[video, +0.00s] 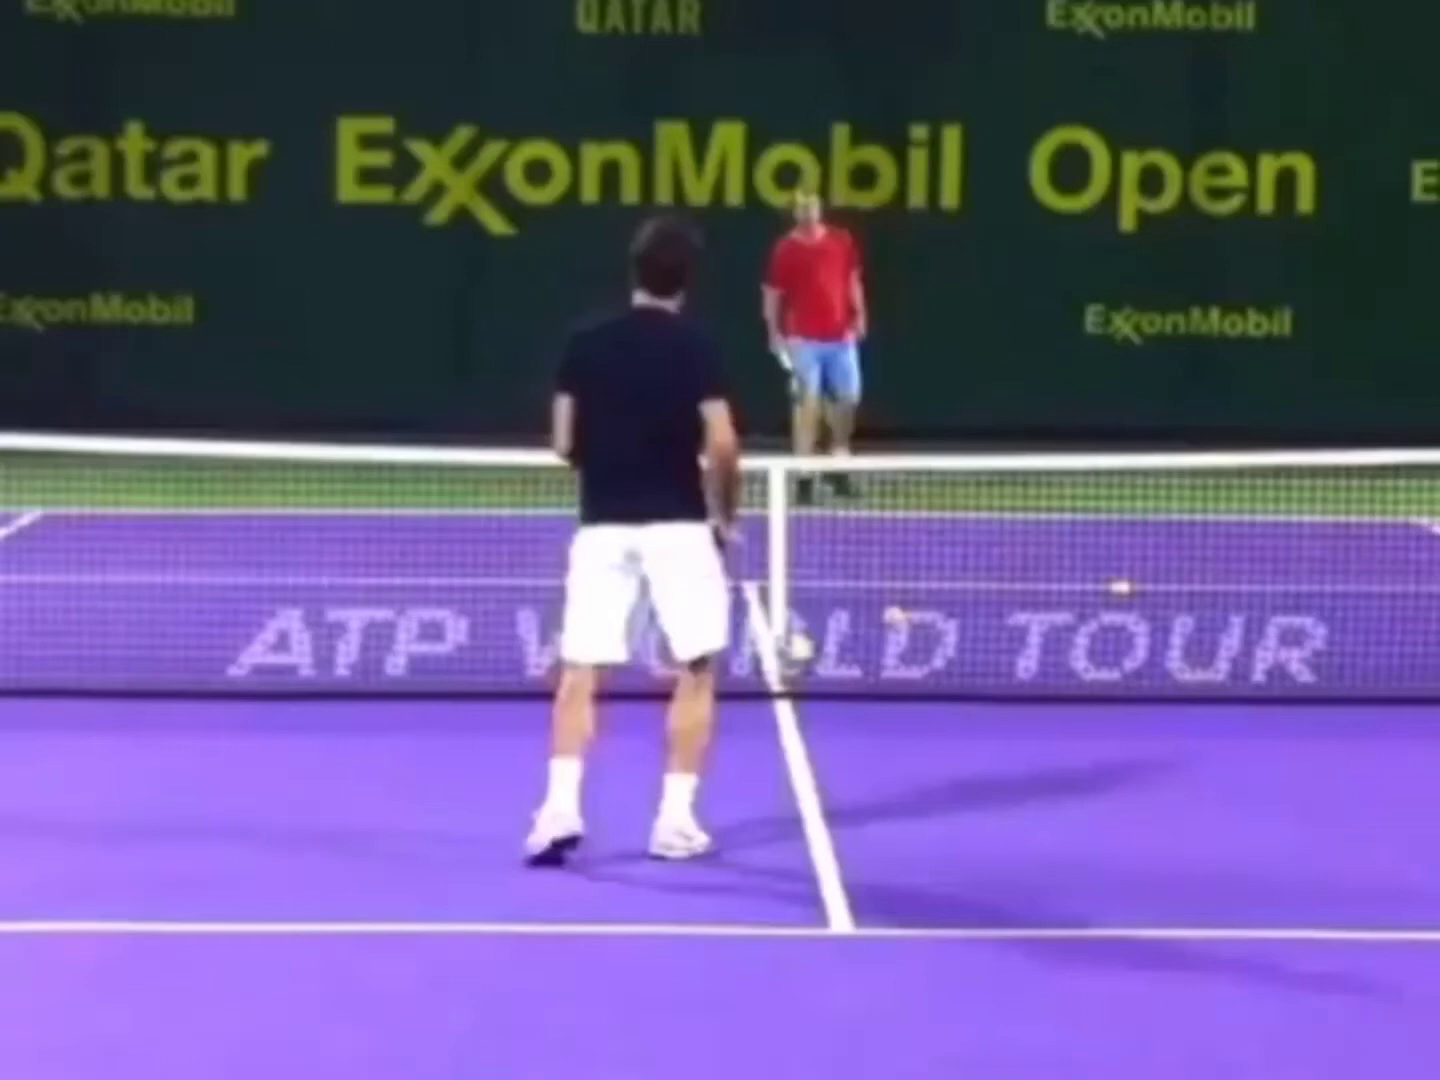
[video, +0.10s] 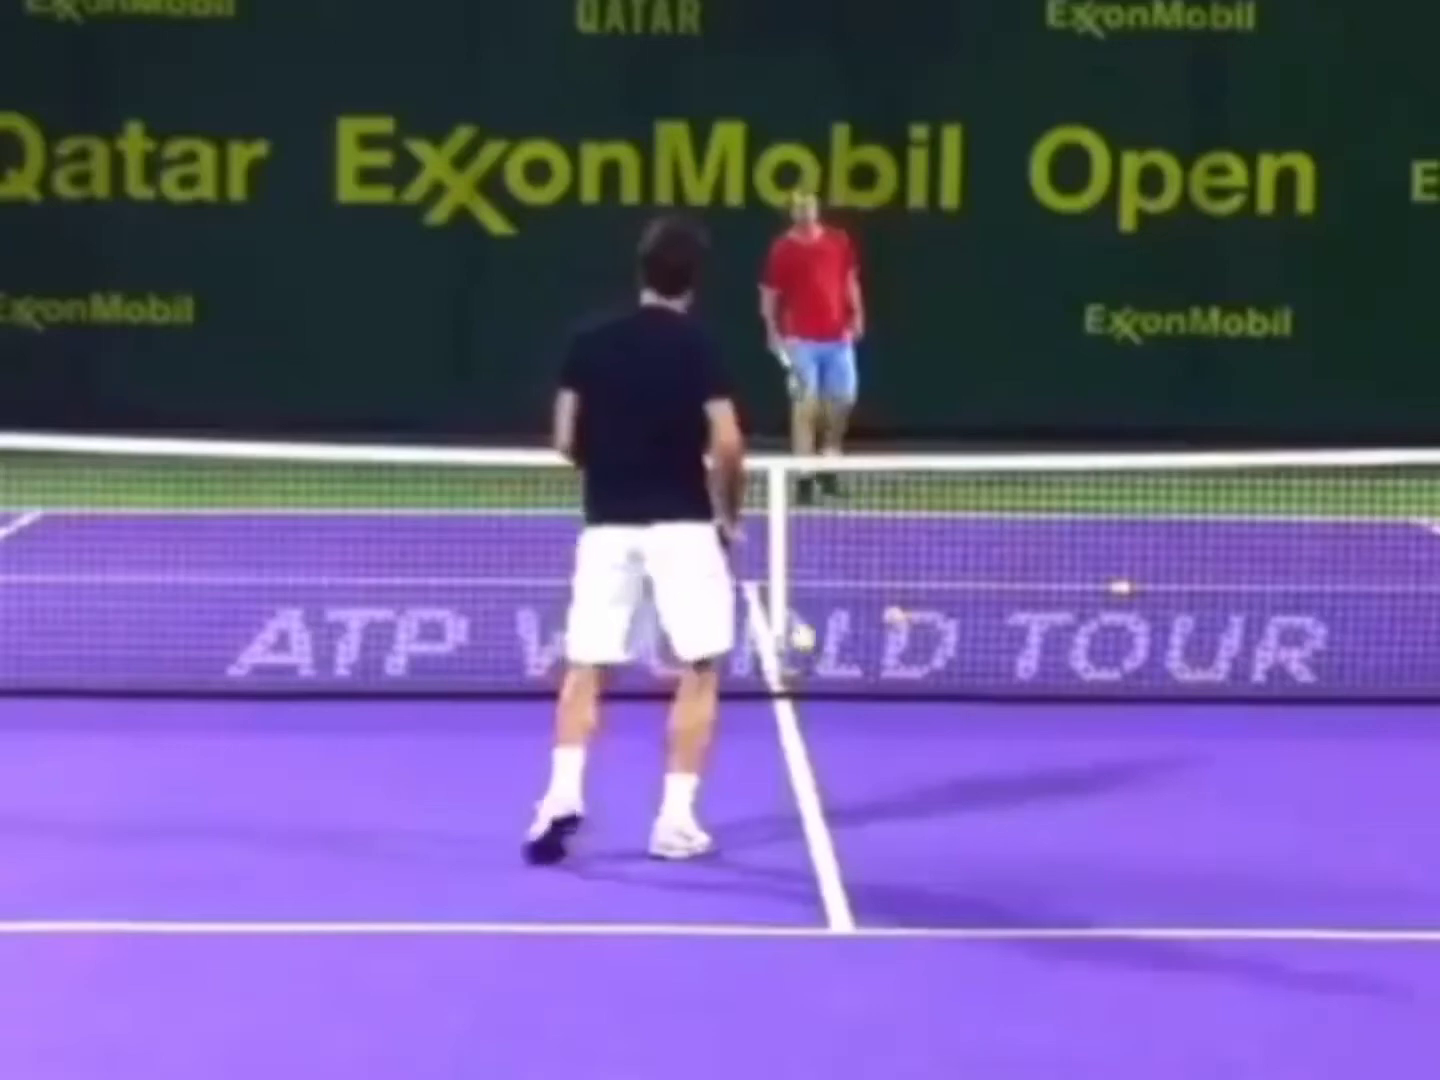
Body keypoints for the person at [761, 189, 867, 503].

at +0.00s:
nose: (807, 213)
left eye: (811, 207)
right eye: (801, 207)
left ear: (819, 210)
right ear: (794, 212)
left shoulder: (841, 241)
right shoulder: (785, 248)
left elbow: (854, 280)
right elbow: (772, 292)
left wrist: (859, 315)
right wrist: (774, 333)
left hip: (840, 335)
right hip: (802, 337)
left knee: (847, 398)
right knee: (807, 402)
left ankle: (840, 459)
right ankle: (804, 468)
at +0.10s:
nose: (803, 213)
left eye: (807, 206)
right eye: (798, 207)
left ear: (816, 209)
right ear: (791, 212)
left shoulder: (838, 241)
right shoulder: (783, 247)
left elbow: (851, 280)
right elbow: (769, 292)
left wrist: (857, 315)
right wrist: (773, 333)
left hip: (837, 336)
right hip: (799, 337)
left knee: (842, 399)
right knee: (805, 403)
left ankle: (831, 461)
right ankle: (803, 469)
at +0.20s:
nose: (797, 212)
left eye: (801, 206)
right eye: (792, 207)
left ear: (810, 209)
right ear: (784, 211)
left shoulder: (829, 241)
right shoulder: (775, 248)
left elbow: (845, 280)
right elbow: (763, 293)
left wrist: (851, 317)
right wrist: (768, 334)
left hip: (829, 336)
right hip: (793, 337)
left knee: (829, 398)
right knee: (798, 404)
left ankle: (818, 447)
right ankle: (803, 468)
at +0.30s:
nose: (794, 214)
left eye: (798, 207)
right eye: (788, 208)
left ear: (806, 210)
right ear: (780, 212)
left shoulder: (825, 243)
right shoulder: (769, 247)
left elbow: (840, 282)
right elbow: (757, 293)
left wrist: (845, 320)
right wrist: (765, 332)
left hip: (819, 337)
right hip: (784, 337)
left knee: (816, 402)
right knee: (791, 404)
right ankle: (798, 469)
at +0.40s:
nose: (793, 215)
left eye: (797, 209)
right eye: (788, 210)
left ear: (805, 212)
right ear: (780, 213)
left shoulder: (820, 246)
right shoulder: (765, 247)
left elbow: (834, 286)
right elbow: (750, 289)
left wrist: (838, 325)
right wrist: (750, 326)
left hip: (810, 337)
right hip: (776, 337)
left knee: (806, 401)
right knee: (784, 403)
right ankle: (791, 466)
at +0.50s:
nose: (793, 215)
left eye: (798, 208)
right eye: (788, 208)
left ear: (805, 211)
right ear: (779, 211)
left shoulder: (817, 247)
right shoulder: (760, 245)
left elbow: (828, 288)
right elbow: (744, 285)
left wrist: (829, 327)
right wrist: (742, 323)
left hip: (801, 336)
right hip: (765, 335)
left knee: (795, 399)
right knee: (767, 398)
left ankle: (786, 453)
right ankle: (769, 452)